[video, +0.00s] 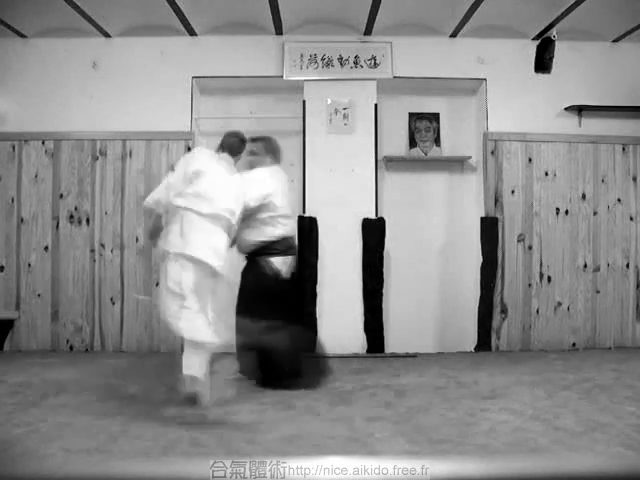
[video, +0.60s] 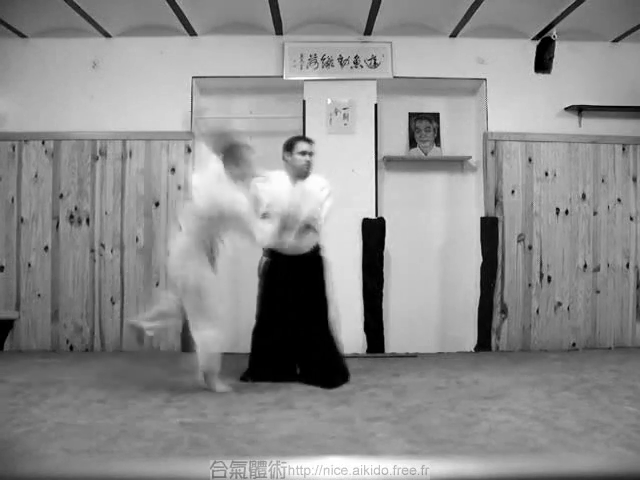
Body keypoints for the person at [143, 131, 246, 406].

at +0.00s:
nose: (230, 154)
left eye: (224, 144)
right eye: (239, 155)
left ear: (219, 145)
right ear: (239, 155)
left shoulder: (197, 156)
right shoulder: (238, 181)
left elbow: (166, 191)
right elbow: (233, 222)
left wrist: (153, 223)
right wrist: (225, 241)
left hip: (182, 235)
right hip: (212, 243)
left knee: (174, 300)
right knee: (200, 304)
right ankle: (194, 374)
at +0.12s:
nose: (240, 158)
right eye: (242, 154)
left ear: (220, 145)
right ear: (241, 154)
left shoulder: (192, 161)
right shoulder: (240, 184)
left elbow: (162, 195)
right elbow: (234, 226)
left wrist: (155, 229)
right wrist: (221, 242)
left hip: (174, 235)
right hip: (205, 244)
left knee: (160, 298)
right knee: (196, 311)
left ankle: (152, 367)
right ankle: (183, 378)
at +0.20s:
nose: (239, 161)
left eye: (237, 155)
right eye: (239, 156)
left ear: (213, 153)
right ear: (236, 157)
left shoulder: (186, 175)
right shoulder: (239, 189)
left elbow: (162, 209)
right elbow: (249, 227)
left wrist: (160, 236)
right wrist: (261, 204)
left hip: (169, 251)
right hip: (201, 258)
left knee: (144, 312)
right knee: (194, 325)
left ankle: (109, 354)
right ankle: (177, 386)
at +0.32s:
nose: (223, 137)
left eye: (220, 131)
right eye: (217, 133)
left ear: (194, 141)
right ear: (209, 138)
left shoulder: (178, 174)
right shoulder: (219, 172)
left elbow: (164, 210)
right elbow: (254, 188)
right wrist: (279, 178)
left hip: (166, 248)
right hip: (194, 252)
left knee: (145, 306)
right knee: (196, 321)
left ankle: (100, 347)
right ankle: (184, 385)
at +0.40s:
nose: (218, 128)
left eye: (216, 122)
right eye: (214, 123)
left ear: (191, 132)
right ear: (202, 130)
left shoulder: (174, 160)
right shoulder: (211, 161)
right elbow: (252, 175)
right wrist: (289, 186)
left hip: (167, 240)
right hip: (190, 244)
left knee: (152, 292)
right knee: (198, 310)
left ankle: (110, 337)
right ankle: (185, 376)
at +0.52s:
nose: (236, 143)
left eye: (234, 138)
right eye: (232, 138)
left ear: (210, 139)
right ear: (222, 141)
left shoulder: (189, 162)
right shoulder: (220, 172)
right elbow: (248, 201)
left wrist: (255, 182)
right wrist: (272, 213)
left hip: (172, 237)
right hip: (189, 243)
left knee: (169, 293)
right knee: (203, 306)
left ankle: (129, 332)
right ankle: (199, 369)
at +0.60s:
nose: (252, 168)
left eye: (251, 162)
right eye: (247, 163)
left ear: (229, 162)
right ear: (237, 165)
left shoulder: (213, 178)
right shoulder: (230, 196)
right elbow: (257, 232)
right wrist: (279, 226)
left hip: (186, 250)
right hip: (194, 257)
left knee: (183, 298)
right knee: (210, 312)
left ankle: (144, 323)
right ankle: (211, 375)